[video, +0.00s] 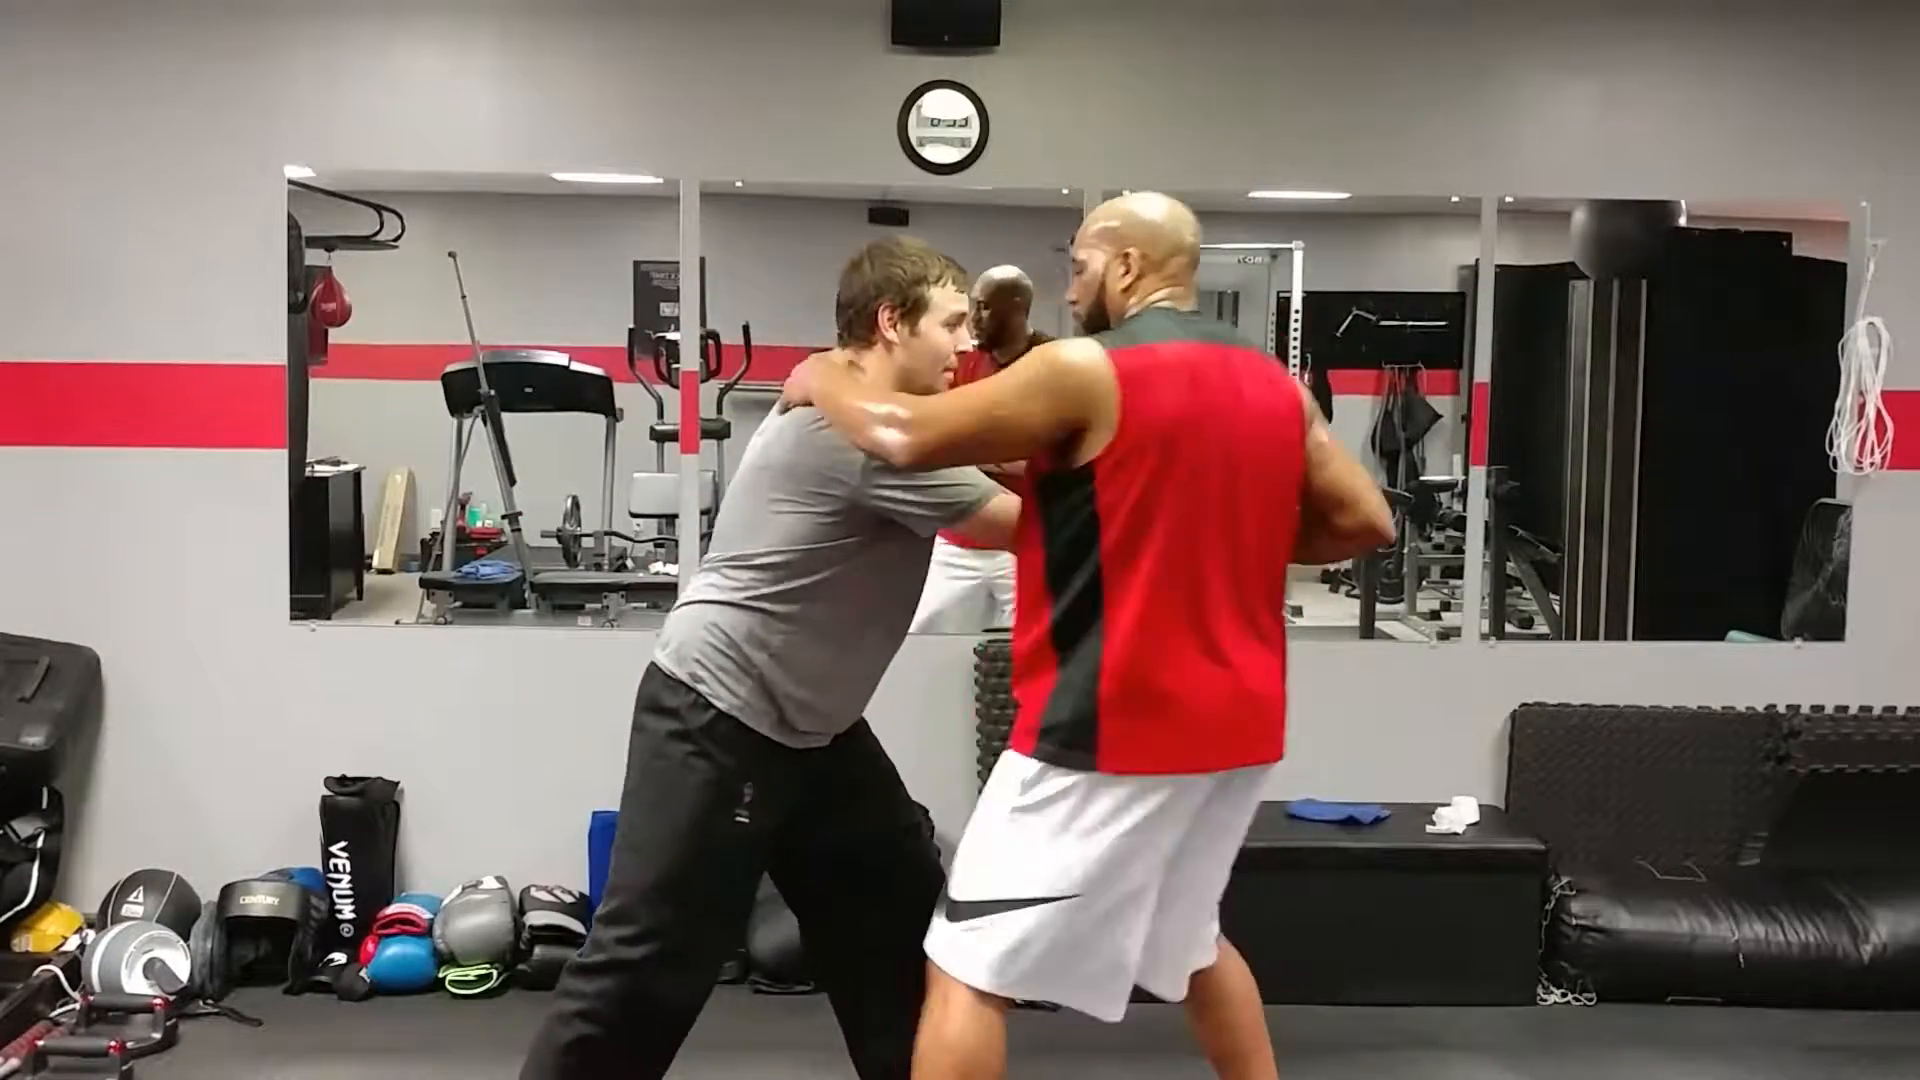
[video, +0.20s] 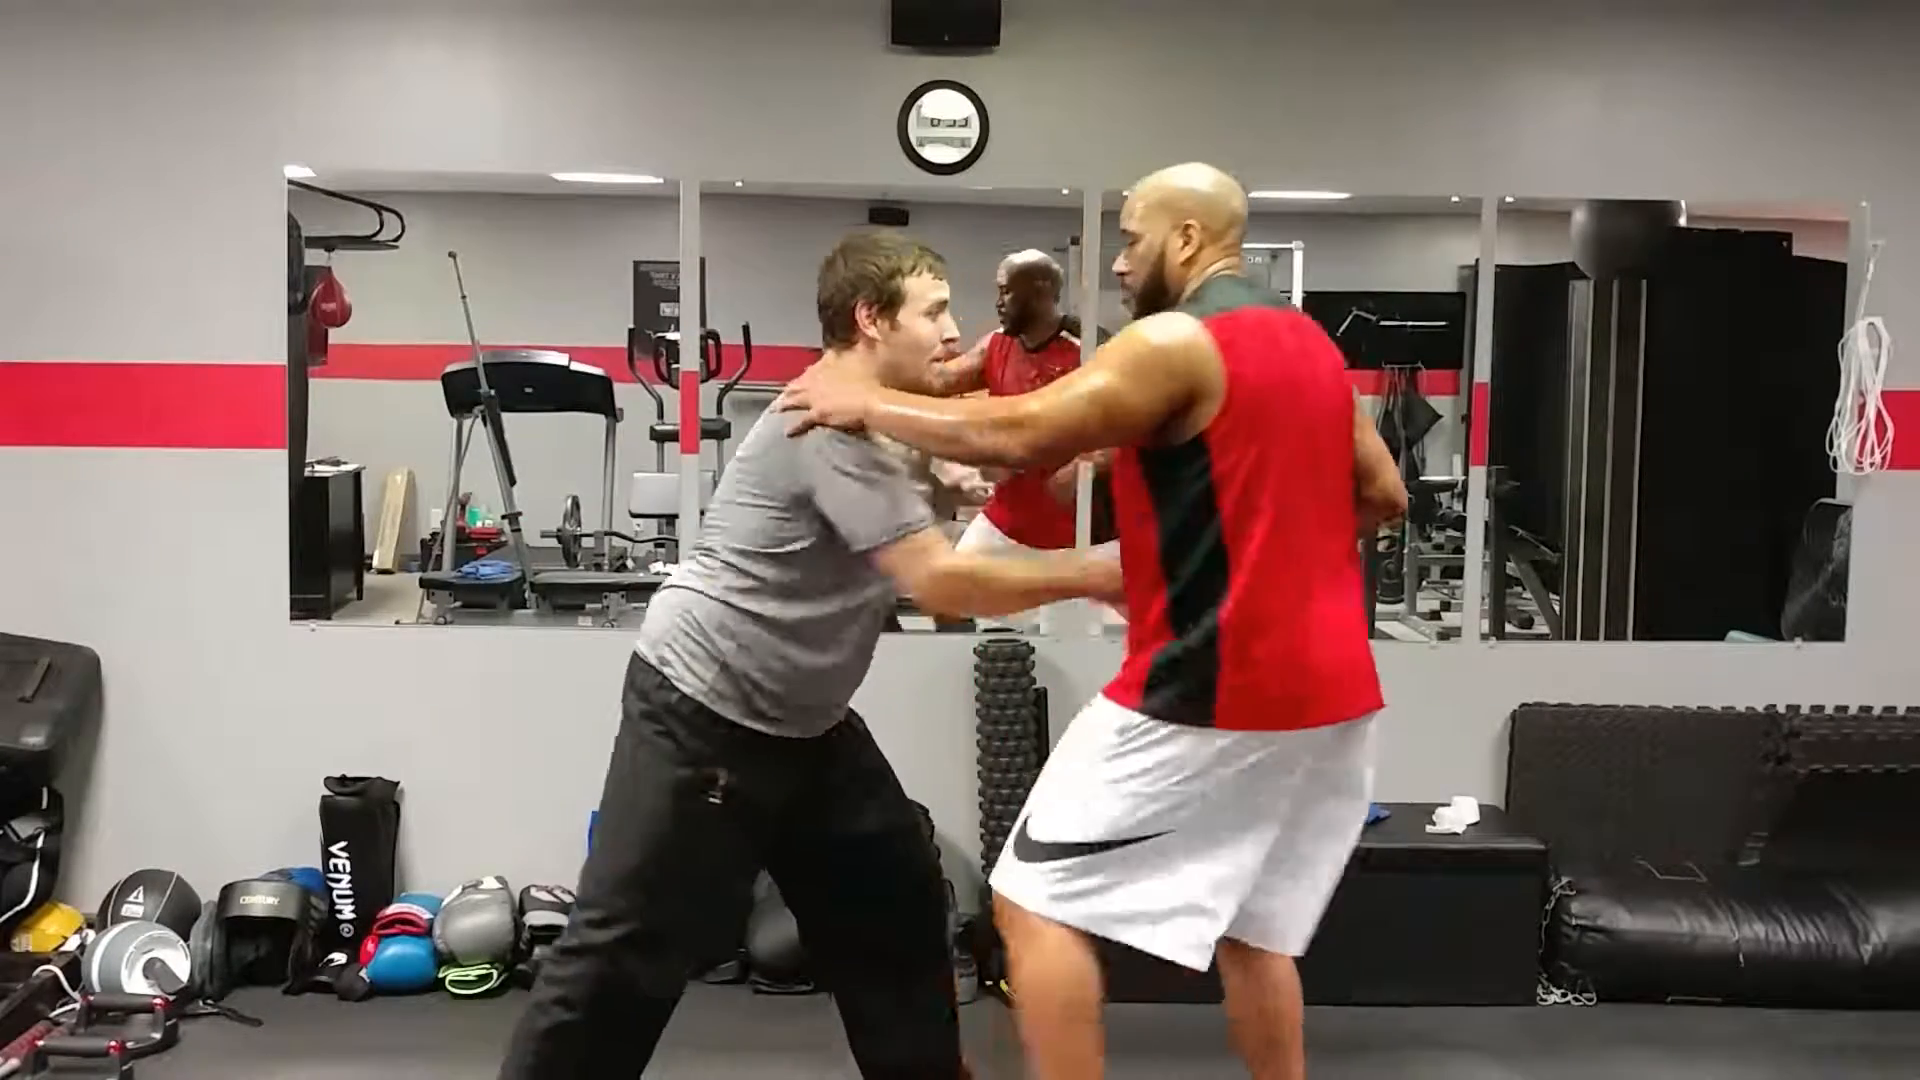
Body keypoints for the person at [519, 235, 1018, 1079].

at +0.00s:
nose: (968, 347)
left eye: (969, 328)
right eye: (953, 323)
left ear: (886, 328)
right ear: (887, 325)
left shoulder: (883, 424)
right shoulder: (854, 431)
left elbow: (1019, 497)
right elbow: (1024, 524)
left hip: (815, 730)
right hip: (711, 714)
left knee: (897, 939)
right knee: (642, 971)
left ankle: (911, 1073)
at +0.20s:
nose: (954, 335)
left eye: (953, 315)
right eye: (936, 313)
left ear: (871, 324)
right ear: (868, 322)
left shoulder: (889, 425)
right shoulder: (829, 426)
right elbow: (937, 583)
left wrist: (953, 488)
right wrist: (1085, 572)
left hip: (806, 721)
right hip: (698, 710)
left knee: (894, 908)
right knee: (624, 953)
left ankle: (926, 1067)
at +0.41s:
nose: (850, 325)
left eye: (848, 305)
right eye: (828, 305)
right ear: (761, 319)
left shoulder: (810, 420)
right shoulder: (685, 424)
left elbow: (826, 554)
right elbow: (697, 605)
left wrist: (882, 483)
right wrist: (847, 581)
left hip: (761, 754)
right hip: (635, 747)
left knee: (870, 958)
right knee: (524, 987)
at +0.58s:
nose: (737, 300)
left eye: (735, 279)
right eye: (714, 277)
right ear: (643, 288)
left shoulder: (712, 402)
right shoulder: (557, 392)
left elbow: (792, 499)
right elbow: (608, 533)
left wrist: (802, 401)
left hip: (678, 732)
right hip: (543, 719)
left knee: (785, 965)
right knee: (470, 987)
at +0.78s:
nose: (681, 269)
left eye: (682, 252)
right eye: (661, 250)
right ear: (590, 258)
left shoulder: (681, 371)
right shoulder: (502, 365)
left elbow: (787, 439)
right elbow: (573, 460)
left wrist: (739, 326)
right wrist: (637, 323)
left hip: (669, 715)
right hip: (522, 712)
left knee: (726, 970)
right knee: (456, 983)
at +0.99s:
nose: (718, 314)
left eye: (715, 295)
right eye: (698, 294)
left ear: (648, 309)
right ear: (629, 303)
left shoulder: (715, 414)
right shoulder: (545, 422)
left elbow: (810, 490)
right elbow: (609, 525)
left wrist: (798, 389)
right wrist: (675, 393)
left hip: (706, 752)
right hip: (554, 762)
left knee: (820, 916)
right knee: (465, 991)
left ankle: (852, 1064)